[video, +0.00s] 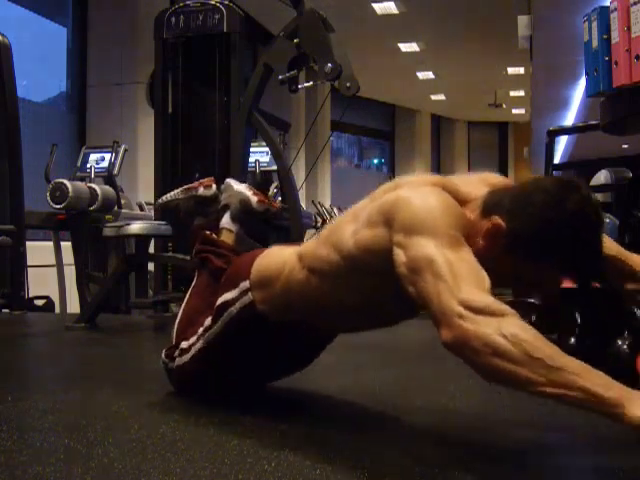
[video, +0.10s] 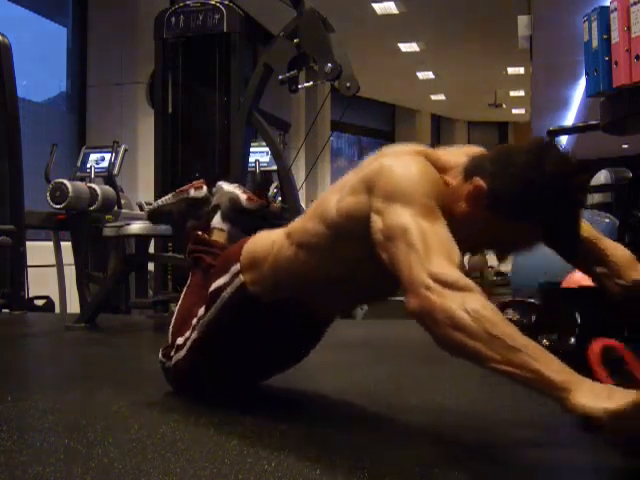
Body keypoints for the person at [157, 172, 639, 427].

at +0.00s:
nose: (515, 293)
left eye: (530, 288)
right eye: (522, 279)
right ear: (496, 237)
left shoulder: (501, 195)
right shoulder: (421, 213)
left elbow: (594, 247)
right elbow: (473, 326)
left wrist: (637, 273)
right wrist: (627, 402)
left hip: (312, 311)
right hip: (264, 307)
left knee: (230, 370)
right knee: (184, 369)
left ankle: (236, 262)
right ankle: (210, 267)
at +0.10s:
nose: (503, 255)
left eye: (516, 248)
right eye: (506, 243)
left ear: (474, 193)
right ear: (476, 200)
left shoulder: (486, 174)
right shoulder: (402, 177)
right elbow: (439, 300)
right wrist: (577, 388)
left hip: (305, 312)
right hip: (252, 297)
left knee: (230, 377)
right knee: (182, 369)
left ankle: (235, 252)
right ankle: (214, 251)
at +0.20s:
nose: (481, 211)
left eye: (495, 205)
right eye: (483, 199)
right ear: (456, 159)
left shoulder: (469, 158)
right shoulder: (382, 147)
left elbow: (555, 226)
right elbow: (405, 269)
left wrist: (618, 292)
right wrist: (520, 368)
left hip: (304, 299)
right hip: (246, 288)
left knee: (227, 378)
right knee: (183, 375)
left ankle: (220, 248)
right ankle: (193, 255)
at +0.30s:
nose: (461, 181)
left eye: (471, 172)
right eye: (459, 168)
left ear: (483, 150)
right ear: (430, 121)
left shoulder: (461, 140)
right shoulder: (362, 120)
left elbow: (530, 225)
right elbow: (373, 241)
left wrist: (583, 296)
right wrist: (470, 351)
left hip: (300, 288)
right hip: (242, 277)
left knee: (236, 379)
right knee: (184, 374)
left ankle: (220, 242)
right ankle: (194, 250)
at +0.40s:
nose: (459, 158)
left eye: (468, 145)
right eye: (454, 140)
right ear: (413, 101)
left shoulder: (444, 124)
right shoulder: (346, 105)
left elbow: (499, 214)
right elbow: (343, 225)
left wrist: (547, 313)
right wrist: (423, 340)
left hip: (296, 276)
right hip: (235, 263)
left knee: (229, 376)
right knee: (180, 377)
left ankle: (206, 238)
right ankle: (180, 250)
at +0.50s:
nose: (438, 142)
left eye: (447, 131)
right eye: (432, 125)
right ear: (395, 86)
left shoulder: (438, 118)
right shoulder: (329, 93)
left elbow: (479, 220)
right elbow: (314, 213)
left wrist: (509, 316)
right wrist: (379, 332)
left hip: (290, 267)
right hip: (229, 253)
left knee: (228, 376)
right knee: (177, 374)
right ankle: (169, 252)